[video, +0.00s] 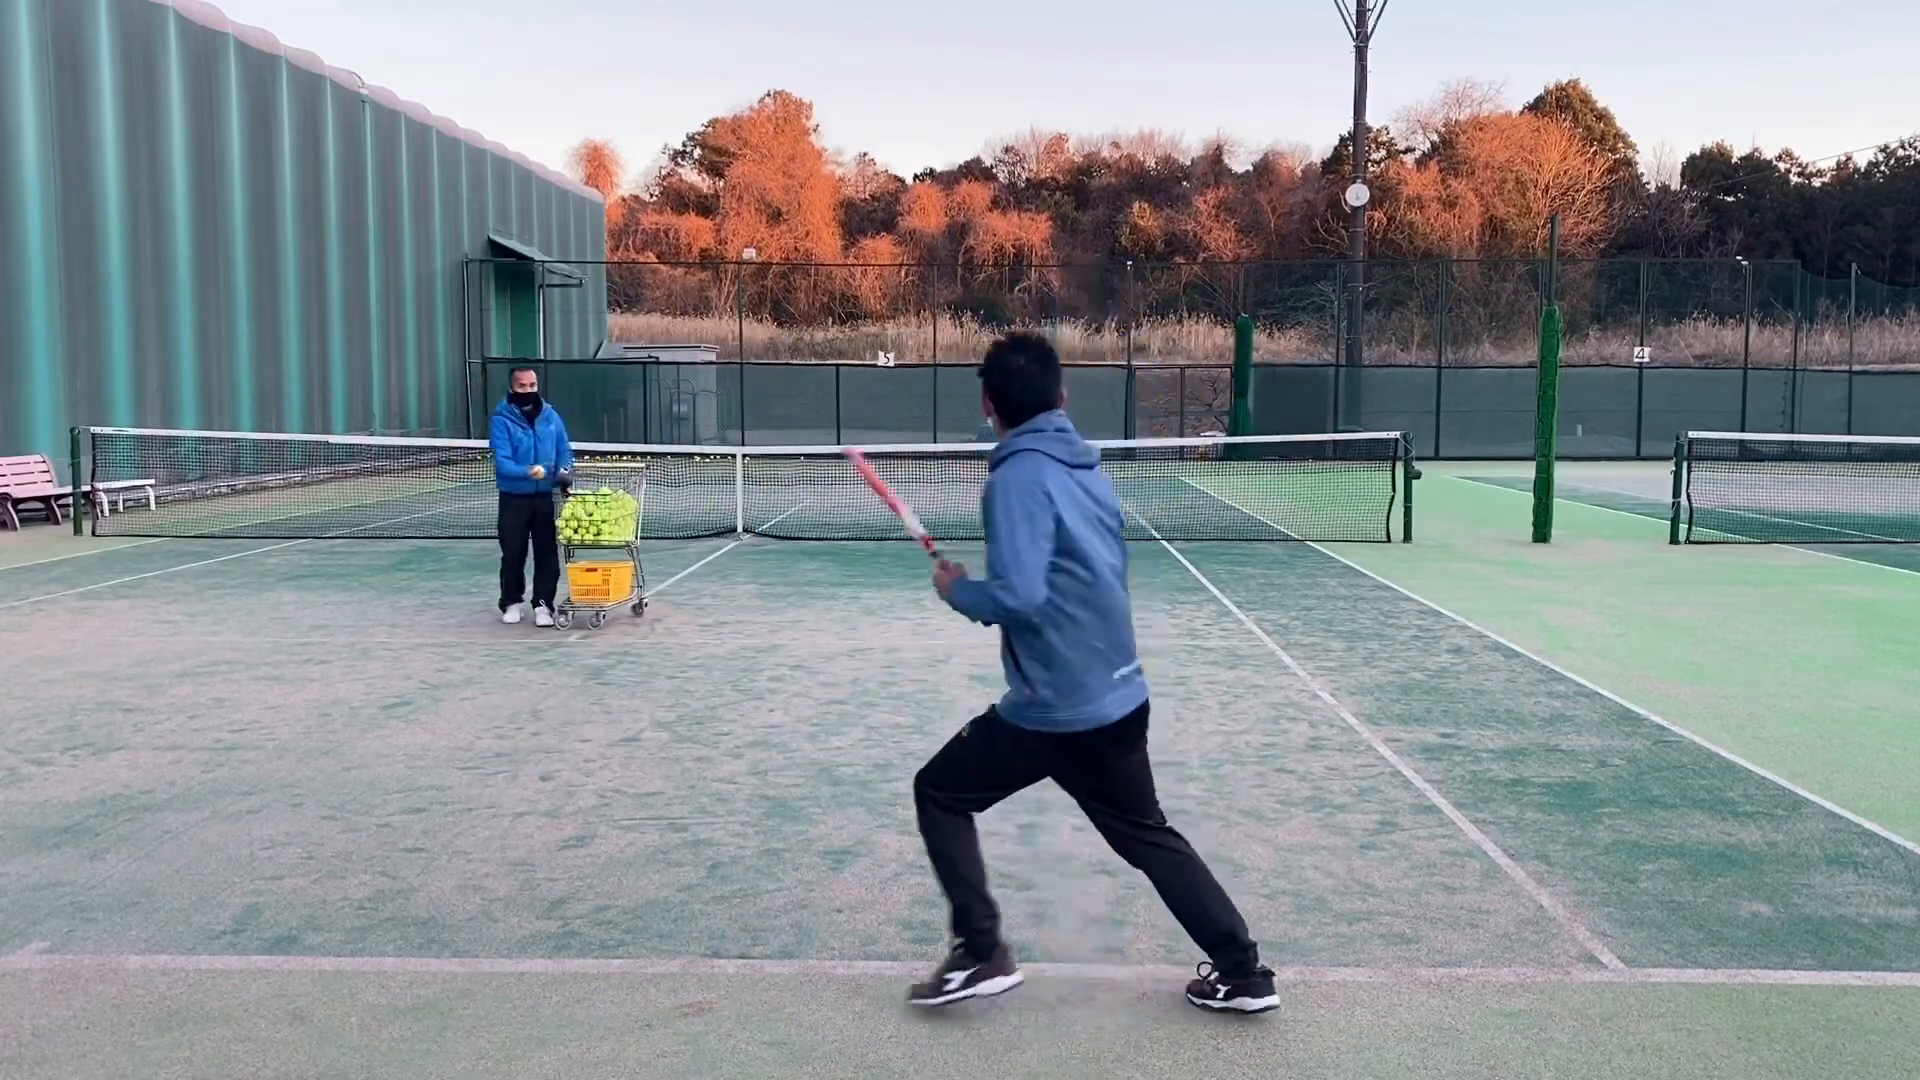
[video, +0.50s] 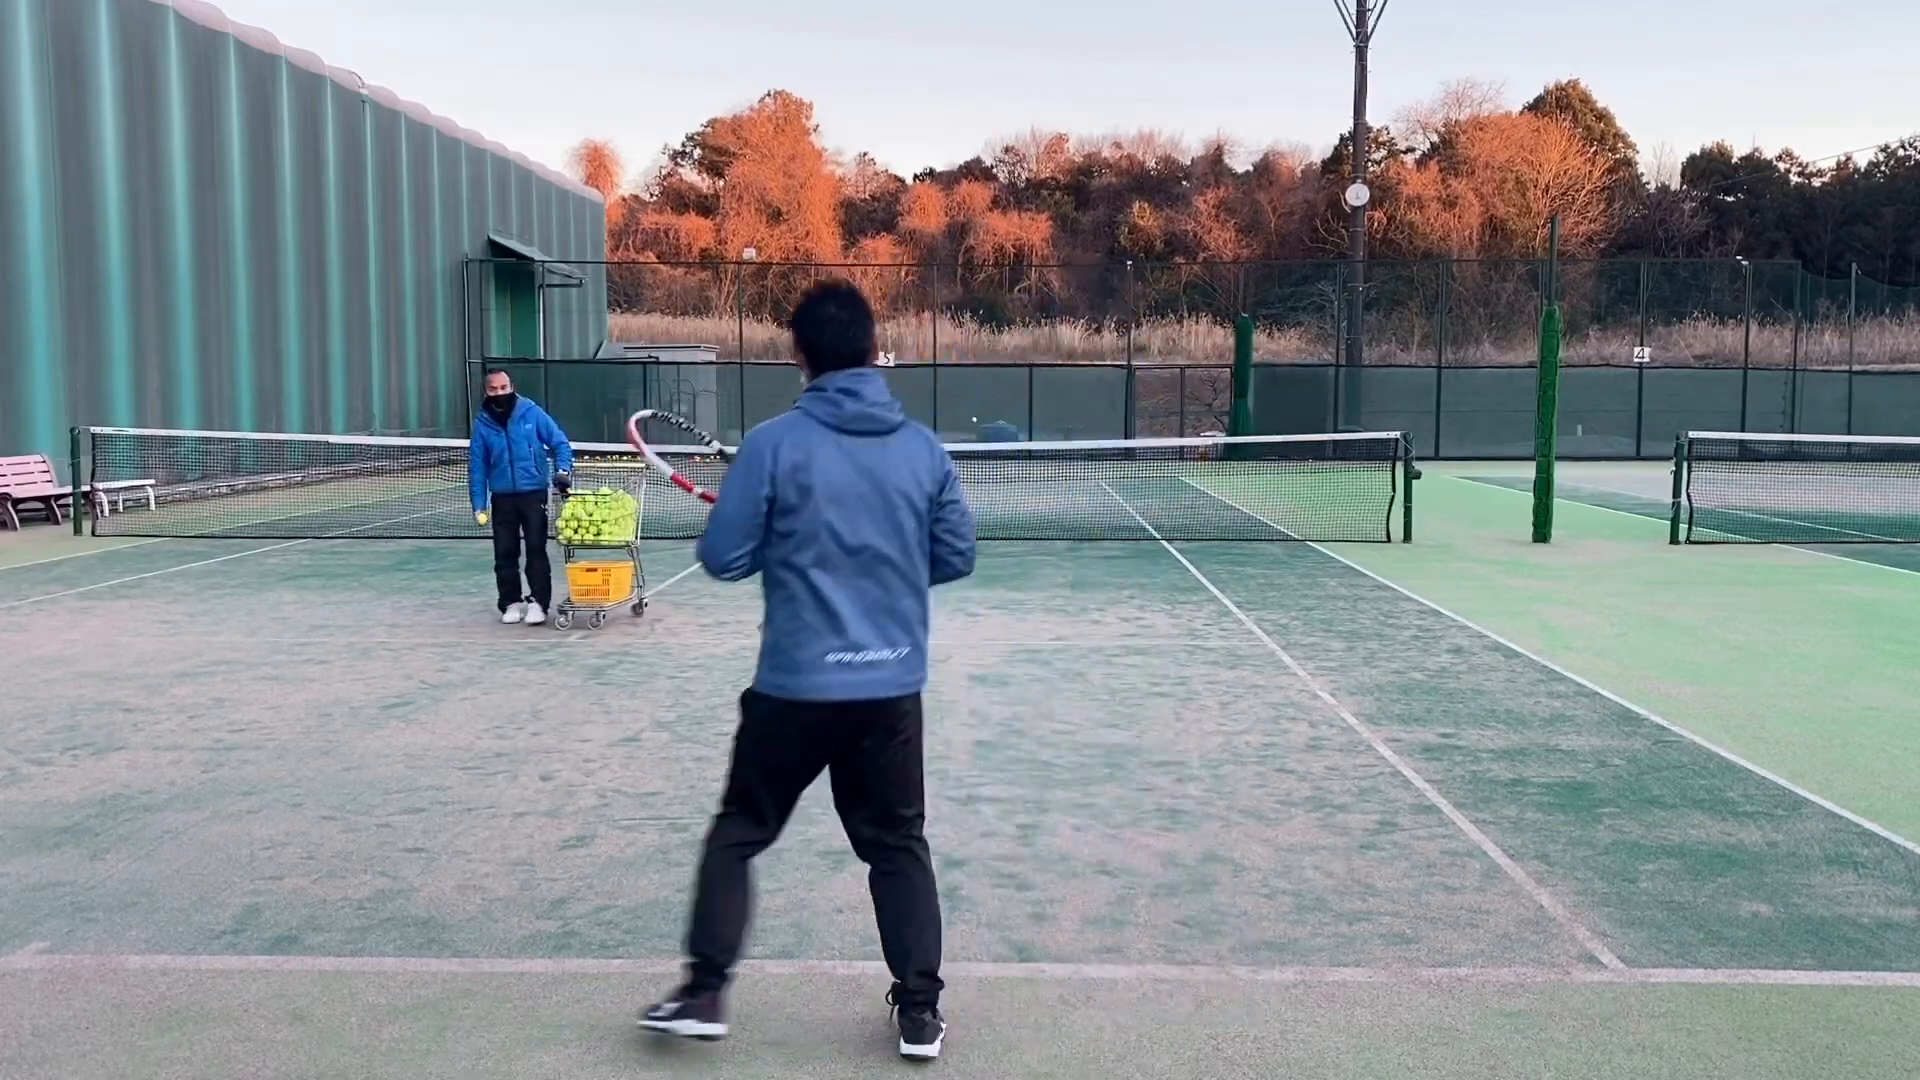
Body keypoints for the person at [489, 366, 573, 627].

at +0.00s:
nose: (527, 390)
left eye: (532, 385)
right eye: (522, 386)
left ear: (538, 386)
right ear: (512, 387)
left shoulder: (550, 415)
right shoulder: (501, 419)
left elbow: (565, 451)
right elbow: (502, 464)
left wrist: (563, 470)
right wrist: (527, 471)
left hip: (545, 496)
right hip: (514, 497)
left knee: (547, 553)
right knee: (513, 553)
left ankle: (543, 605)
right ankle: (512, 603)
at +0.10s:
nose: (520, 390)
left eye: (524, 385)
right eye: (514, 386)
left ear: (530, 386)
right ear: (505, 388)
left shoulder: (547, 415)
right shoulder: (495, 420)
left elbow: (564, 450)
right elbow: (493, 459)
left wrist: (564, 470)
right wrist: (510, 474)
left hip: (543, 495)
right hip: (510, 497)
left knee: (544, 553)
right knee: (511, 553)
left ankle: (543, 605)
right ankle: (511, 604)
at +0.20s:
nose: (514, 391)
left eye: (518, 386)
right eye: (508, 387)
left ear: (525, 386)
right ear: (499, 389)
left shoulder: (543, 415)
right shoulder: (490, 420)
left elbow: (563, 448)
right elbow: (486, 458)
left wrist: (564, 470)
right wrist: (499, 480)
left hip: (539, 495)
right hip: (506, 496)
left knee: (541, 553)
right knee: (507, 554)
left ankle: (542, 605)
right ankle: (511, 604)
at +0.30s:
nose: (508, 391)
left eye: (512, 386)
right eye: (502, 387)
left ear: (519, 386)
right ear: (494, 389)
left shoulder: (539, 414)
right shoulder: (487, 421)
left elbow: (562, 448)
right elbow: (481, 461)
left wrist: (564, 472)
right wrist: (491, 491)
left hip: (536, 495)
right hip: (503, 497)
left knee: (539, 551)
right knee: (506, 554)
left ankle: (541, 604)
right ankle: (511, 604)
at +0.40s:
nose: (503, 392)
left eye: (507, 387)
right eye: (497, 388)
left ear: (515, 387)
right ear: (490, 390)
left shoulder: (534, 413)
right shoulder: (485, 422)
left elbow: (561, 445)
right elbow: (479, 463)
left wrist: (563, 472)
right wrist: (483, 499)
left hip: (534, 494)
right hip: (502, 496)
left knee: (537, 550)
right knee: (505, 553)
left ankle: (540, 604)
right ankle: (511, 604)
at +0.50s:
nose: (498, 393)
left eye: (503, 387)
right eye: (493, 389)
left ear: (511, 388)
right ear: (486, 391)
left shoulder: (531, 412)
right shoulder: (482, 423)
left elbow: (560, 443)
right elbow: (477, 465)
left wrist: (562, 472)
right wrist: (479, 503)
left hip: (533, 494)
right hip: (501, 497)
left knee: (535, 550)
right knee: (505, 553)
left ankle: (538, 603)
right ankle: (512, 604)